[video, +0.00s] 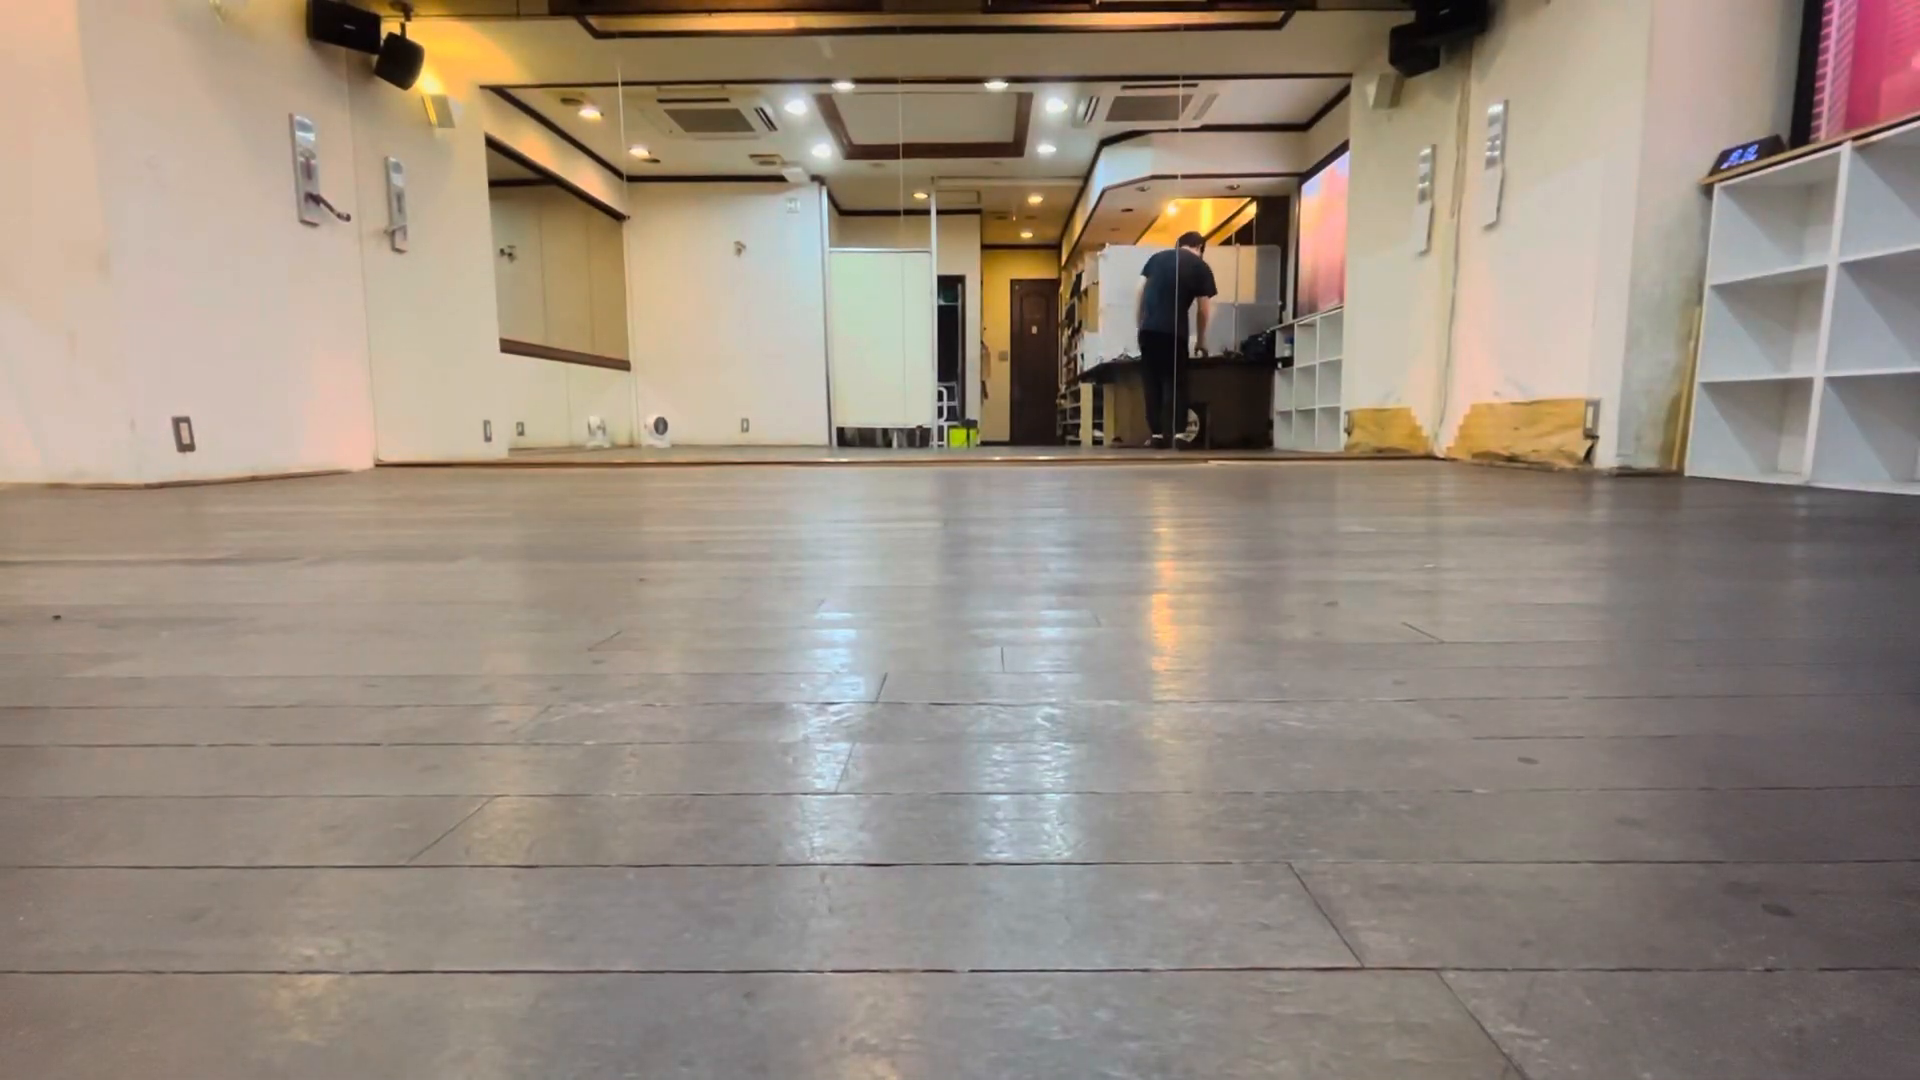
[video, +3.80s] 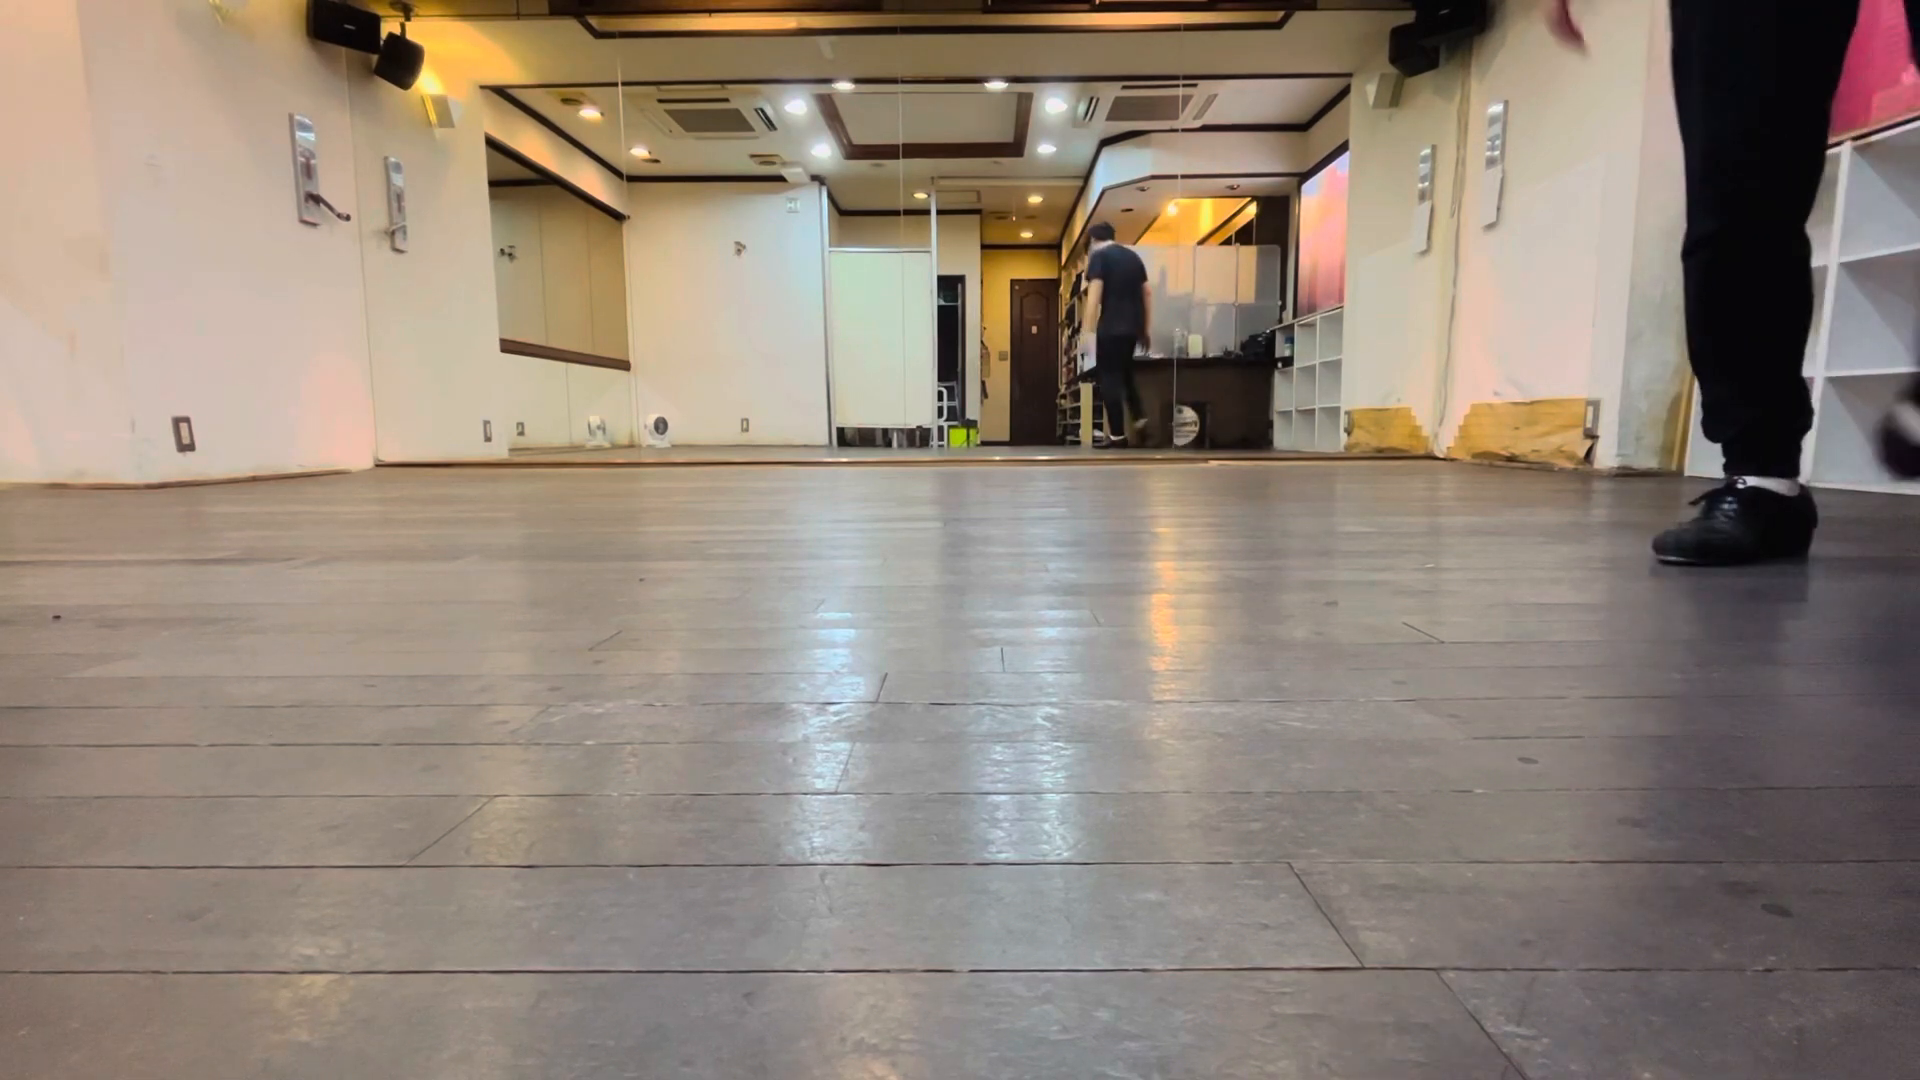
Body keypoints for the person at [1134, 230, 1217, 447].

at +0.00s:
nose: (1201, 254)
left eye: (1201, 251)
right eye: (1202, 251)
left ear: (1179, 244)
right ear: (1199, 248)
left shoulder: (1159, 257)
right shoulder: (1200, 267)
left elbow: (1142, 292)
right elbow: (1203, 310)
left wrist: (1141, 323)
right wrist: (1200, 341)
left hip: (1148, 331)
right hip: (1174, 333)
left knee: (1152, 381)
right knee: (1177, 381)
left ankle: (1156, 432)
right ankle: (1176, 432)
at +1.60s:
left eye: (1185, 245)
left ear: (1188, 245)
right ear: (1206, 250)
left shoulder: (1180, 250)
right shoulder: (1217, 269)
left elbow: (1173, 276)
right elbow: (1218, 313)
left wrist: (1161, 310)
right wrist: (1206, 342)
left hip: (1171, 318)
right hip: (1195, 326)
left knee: (1155, 367)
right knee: (1185, 379)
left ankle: (1147, 419)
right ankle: (1181, 432)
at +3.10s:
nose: (1160, 247)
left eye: (1161, 243)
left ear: (1164, 241)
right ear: (1183, 242)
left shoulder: (1160, 250)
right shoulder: (1196, 261)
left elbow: (1158, 280)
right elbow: (1205, 305)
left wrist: (1150, 318)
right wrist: (1201, 339)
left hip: (1154, 325)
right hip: (1179, 330)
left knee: (1139, 372)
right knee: (1178, 378)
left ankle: (1139, 428)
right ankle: (1182, 433)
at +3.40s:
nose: (1131, 250)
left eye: (1131, 247)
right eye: (1130, 247)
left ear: (1134, 243)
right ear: (1154, 241)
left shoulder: (1140, 253)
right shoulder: (1174, 259)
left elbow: (1148, 280)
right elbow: (1185, 294)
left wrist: (1159, 313)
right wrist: (1180, 321)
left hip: (1145, 326)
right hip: (1170, 327)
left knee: (1131, 376)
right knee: (1173, 378)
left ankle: (1120, 432)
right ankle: (1182, 432)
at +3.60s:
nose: (1108, 249)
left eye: (1107, 245)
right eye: (1107, 246)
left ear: (1110, 243)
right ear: (1130, 239)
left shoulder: (1116, 255)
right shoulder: (1149, 256)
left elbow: (1125, 282)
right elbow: (1164, 293)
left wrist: (1135, 317)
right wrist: (1160, 322)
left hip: (1127, 325)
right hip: (1152, 325)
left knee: (1115, 374)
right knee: (1156, 374)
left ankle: (1117, 434)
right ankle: (1172, 429)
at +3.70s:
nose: (1099, 249)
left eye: (1098, 245)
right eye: (1098, 246)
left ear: (1102, 242)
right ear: (1121, 238)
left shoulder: (1107, 256)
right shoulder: (1140, 257)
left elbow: (1110, 287)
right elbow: (1155, 292)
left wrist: (1111, 324)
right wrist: (1152, 327)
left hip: (1119, 326)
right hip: (1142, 326)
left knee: (1110, 376)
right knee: (1139, 372)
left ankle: (1116, 434)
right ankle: (1165, 420)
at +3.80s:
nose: (1091, 245)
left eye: (1091, 241)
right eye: (1091, 241)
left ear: (1094, 239)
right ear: (1112, 237)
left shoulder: (1098, 256)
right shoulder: (1132, 256)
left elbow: (1095, 293)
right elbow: (1146, 293)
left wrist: (1087, 331)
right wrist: (1145, 329)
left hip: (1110, 328)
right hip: (1132, 328)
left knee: (1108, 378)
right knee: (1126, 373)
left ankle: (1117, 434)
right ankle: (1139, 418)